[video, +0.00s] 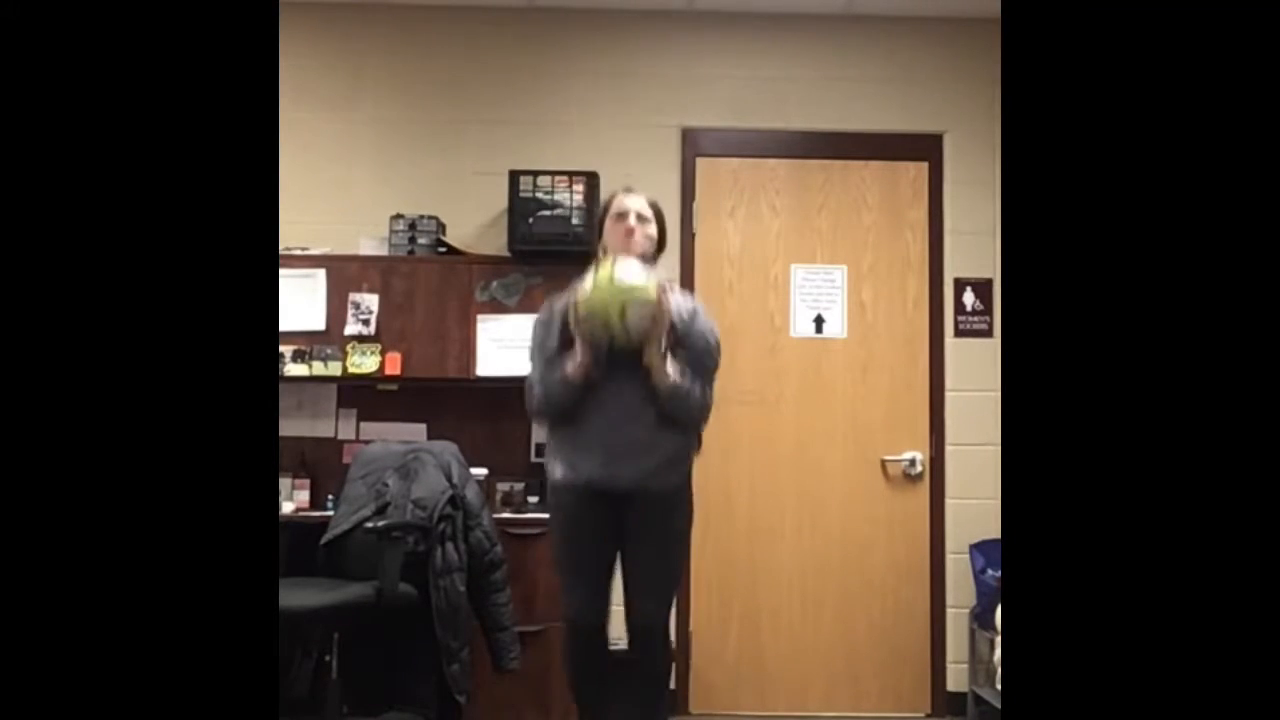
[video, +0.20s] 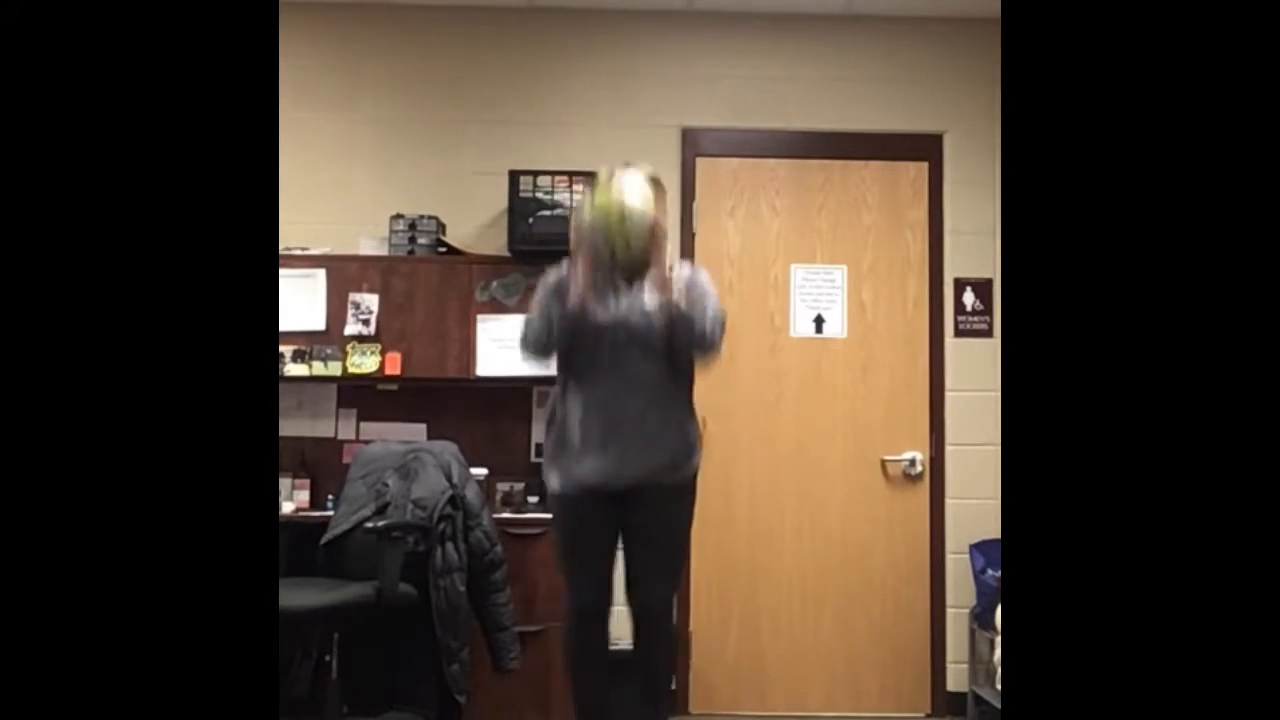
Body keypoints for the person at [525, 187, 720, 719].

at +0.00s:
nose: (633, 226)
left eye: (644, 219)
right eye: (621, 217)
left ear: (659, 238)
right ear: (601, 233)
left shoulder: (685, 314)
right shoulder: (562, 312)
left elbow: (694, 413)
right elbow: (541, 403)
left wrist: (656, 359)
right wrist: (580, 359)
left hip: (659, 492)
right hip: (580, 491)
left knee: (650, 626)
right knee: (584, 624)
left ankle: (647, 714)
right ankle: (594, 712)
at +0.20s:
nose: (624, 232)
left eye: (636, 220)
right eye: (613, 220)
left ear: (656, 224)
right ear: (592, 225)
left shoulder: (683, 281)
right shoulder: (567, 283)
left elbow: (705, 340)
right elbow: (537, 343)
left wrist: (675, 292)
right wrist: (572, 280)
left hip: (661, 474)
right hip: (582, 475)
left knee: (654, 610)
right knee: (588, 609)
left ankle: (653, 710)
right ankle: (591, 710)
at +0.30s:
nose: (633, 192)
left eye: (643, 185)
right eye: (621, 184)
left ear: (659, 201)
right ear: (601, 197)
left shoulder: (676, 262)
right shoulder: (575, 255)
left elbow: (712, 259)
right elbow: (536, 260)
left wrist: (678, 181)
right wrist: (578, 180)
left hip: (662, 442)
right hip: (582, 442)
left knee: (668, 594)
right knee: (574, 589)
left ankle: (681, 712)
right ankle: (553, 711)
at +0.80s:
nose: (634, 198)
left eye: (645, 188)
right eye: (621, 187)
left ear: (668, 198)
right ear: (602, 198)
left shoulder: (692, 260)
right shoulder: (578, 255)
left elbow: (726, 306)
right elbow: (531, 300)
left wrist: (679, 257)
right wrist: (579, 244)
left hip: (670, 452)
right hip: (590, 448)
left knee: (676, 591)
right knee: (573, 589)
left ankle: (690, 710)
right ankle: (553, 710)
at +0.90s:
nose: (639, 213)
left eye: (651, 205)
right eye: (627, 205)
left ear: (668, 224)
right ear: (608, 221)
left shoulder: (695, 299)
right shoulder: (571, 293)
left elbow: (719, 386)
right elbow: (542, 381)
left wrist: (673, 341)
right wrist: (587, 333)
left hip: (672, 479)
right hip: (592, 478)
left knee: (664, 620)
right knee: (595, 618)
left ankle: (664, 713)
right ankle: (601, 713)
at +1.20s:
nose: (640, 184)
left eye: (652, 172)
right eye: (627, 172)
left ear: (673, 180)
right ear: (605, 179)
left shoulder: (685, 248)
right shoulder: (586, 251)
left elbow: (725, 295)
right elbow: (545, 297)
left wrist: (690, 246)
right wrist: (591, 238)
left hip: (672, 447)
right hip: (593, 447)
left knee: (670, 592)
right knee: (583, 591)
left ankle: (674, 706)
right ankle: (577, 708)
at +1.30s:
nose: (643, 196)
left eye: (655, 189)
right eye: (630, 188)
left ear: (671, 205)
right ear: (611, 202)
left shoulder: (693, 267)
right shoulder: (586, 263)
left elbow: (725, 212)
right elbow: (559, 208)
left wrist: (686, 129)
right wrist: (597, 120)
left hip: (671, 446)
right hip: (592, 445)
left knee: (686, 598)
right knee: (568, 599)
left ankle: (706, 710)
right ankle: (539, 709)